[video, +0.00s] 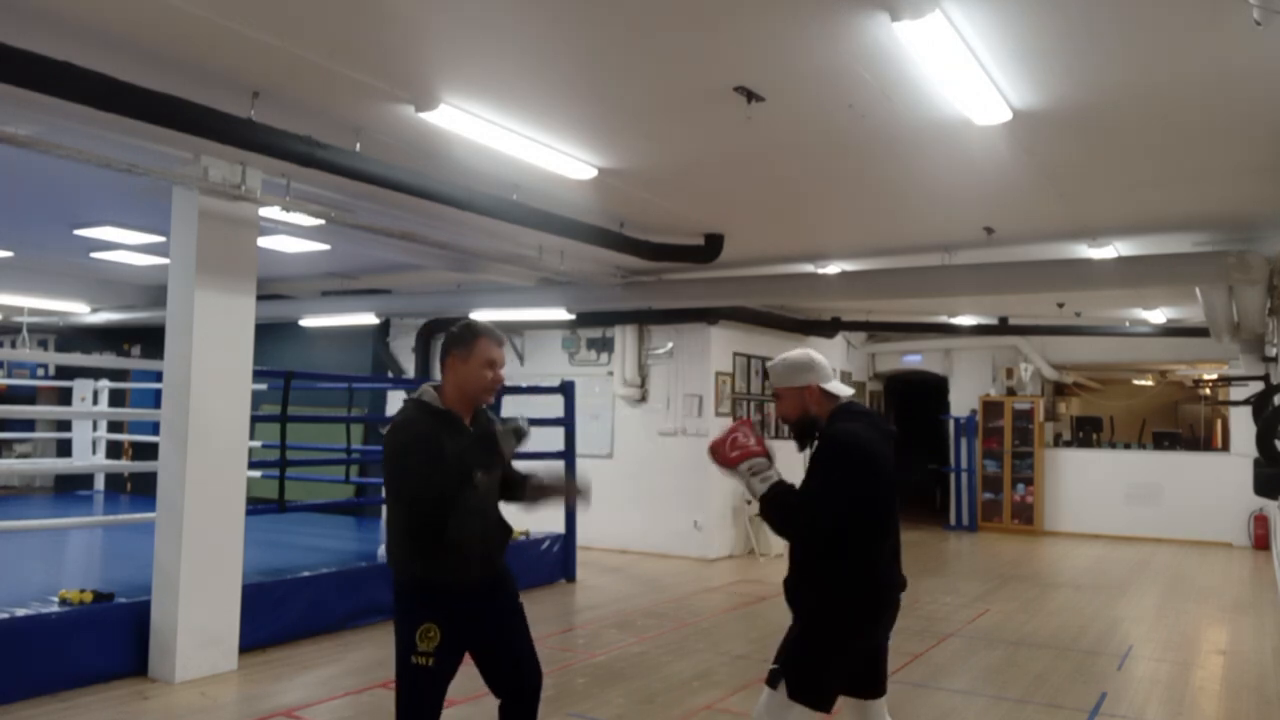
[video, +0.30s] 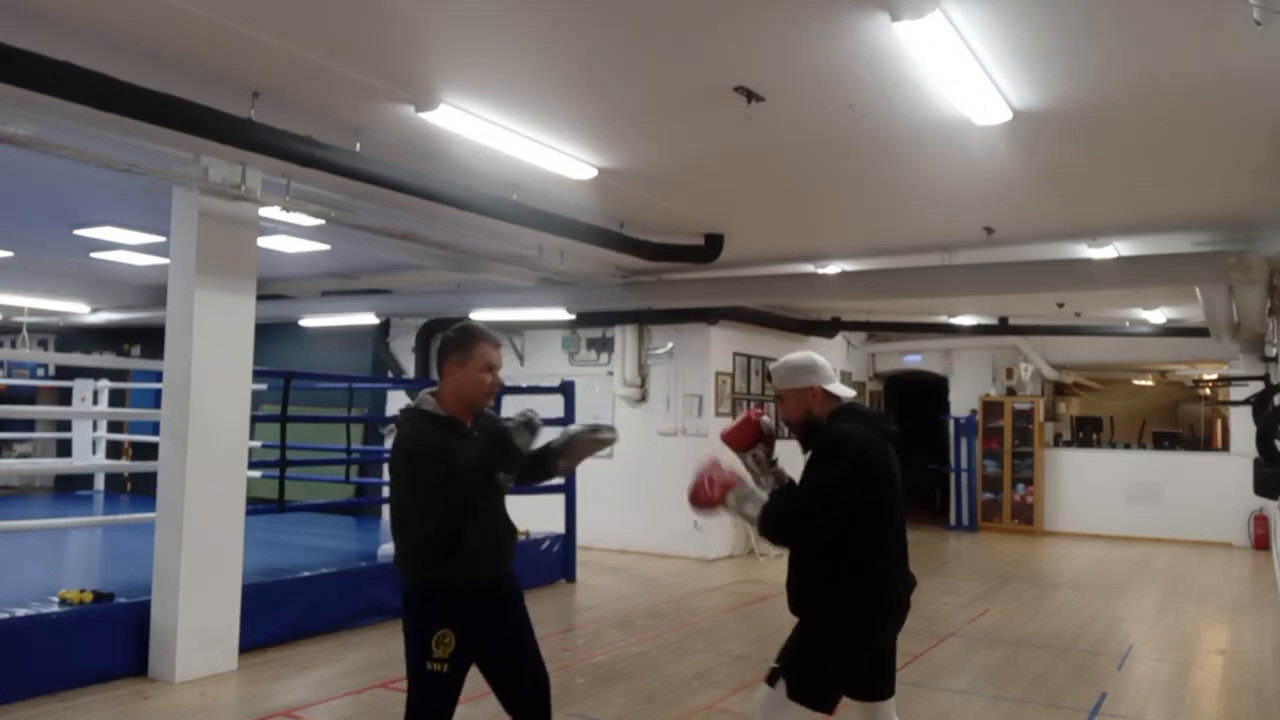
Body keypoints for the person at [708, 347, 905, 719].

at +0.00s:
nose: (777, 412)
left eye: (779, 398)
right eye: (775, 400)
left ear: (810, 393)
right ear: (814, 392)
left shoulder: (843, 439)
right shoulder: (863, 428)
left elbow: (808, 527)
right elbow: (813, 520)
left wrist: (757, 472)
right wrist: (762, 474)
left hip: (834, 609)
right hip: (870, 601)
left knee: (776, 709)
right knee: (869, 706)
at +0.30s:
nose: (779, 414)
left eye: (782, 400)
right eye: (777, 402)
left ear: (814, 394)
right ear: (815, 394)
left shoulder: (843, 440)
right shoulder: (862, 431)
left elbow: (799, 527)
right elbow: (807, 513)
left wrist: (738, 496)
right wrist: (763, 463)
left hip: (842, 610)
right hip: (877, 603)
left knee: (773, 707)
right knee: (877, 710)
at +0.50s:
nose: (764, 415)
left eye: (767, 403)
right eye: (762, 405)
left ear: (797, 398)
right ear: (802, 397)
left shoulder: (809, 442)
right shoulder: (854, 434)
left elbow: (732, 490)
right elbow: (817, 505)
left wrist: (678, 452)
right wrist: (760, 466)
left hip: (821, 608)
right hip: (873, 600)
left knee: (765, 709)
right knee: (871, 705)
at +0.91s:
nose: (753, 420)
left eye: (755, 408)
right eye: (751, 409)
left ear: (784, 402)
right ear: (789, 400)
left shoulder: (786, 452)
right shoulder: (852, 438)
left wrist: (665, 454)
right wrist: (749, 471)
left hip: (815, 617)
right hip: (873, 609)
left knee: (751, 710)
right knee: (871, 712)